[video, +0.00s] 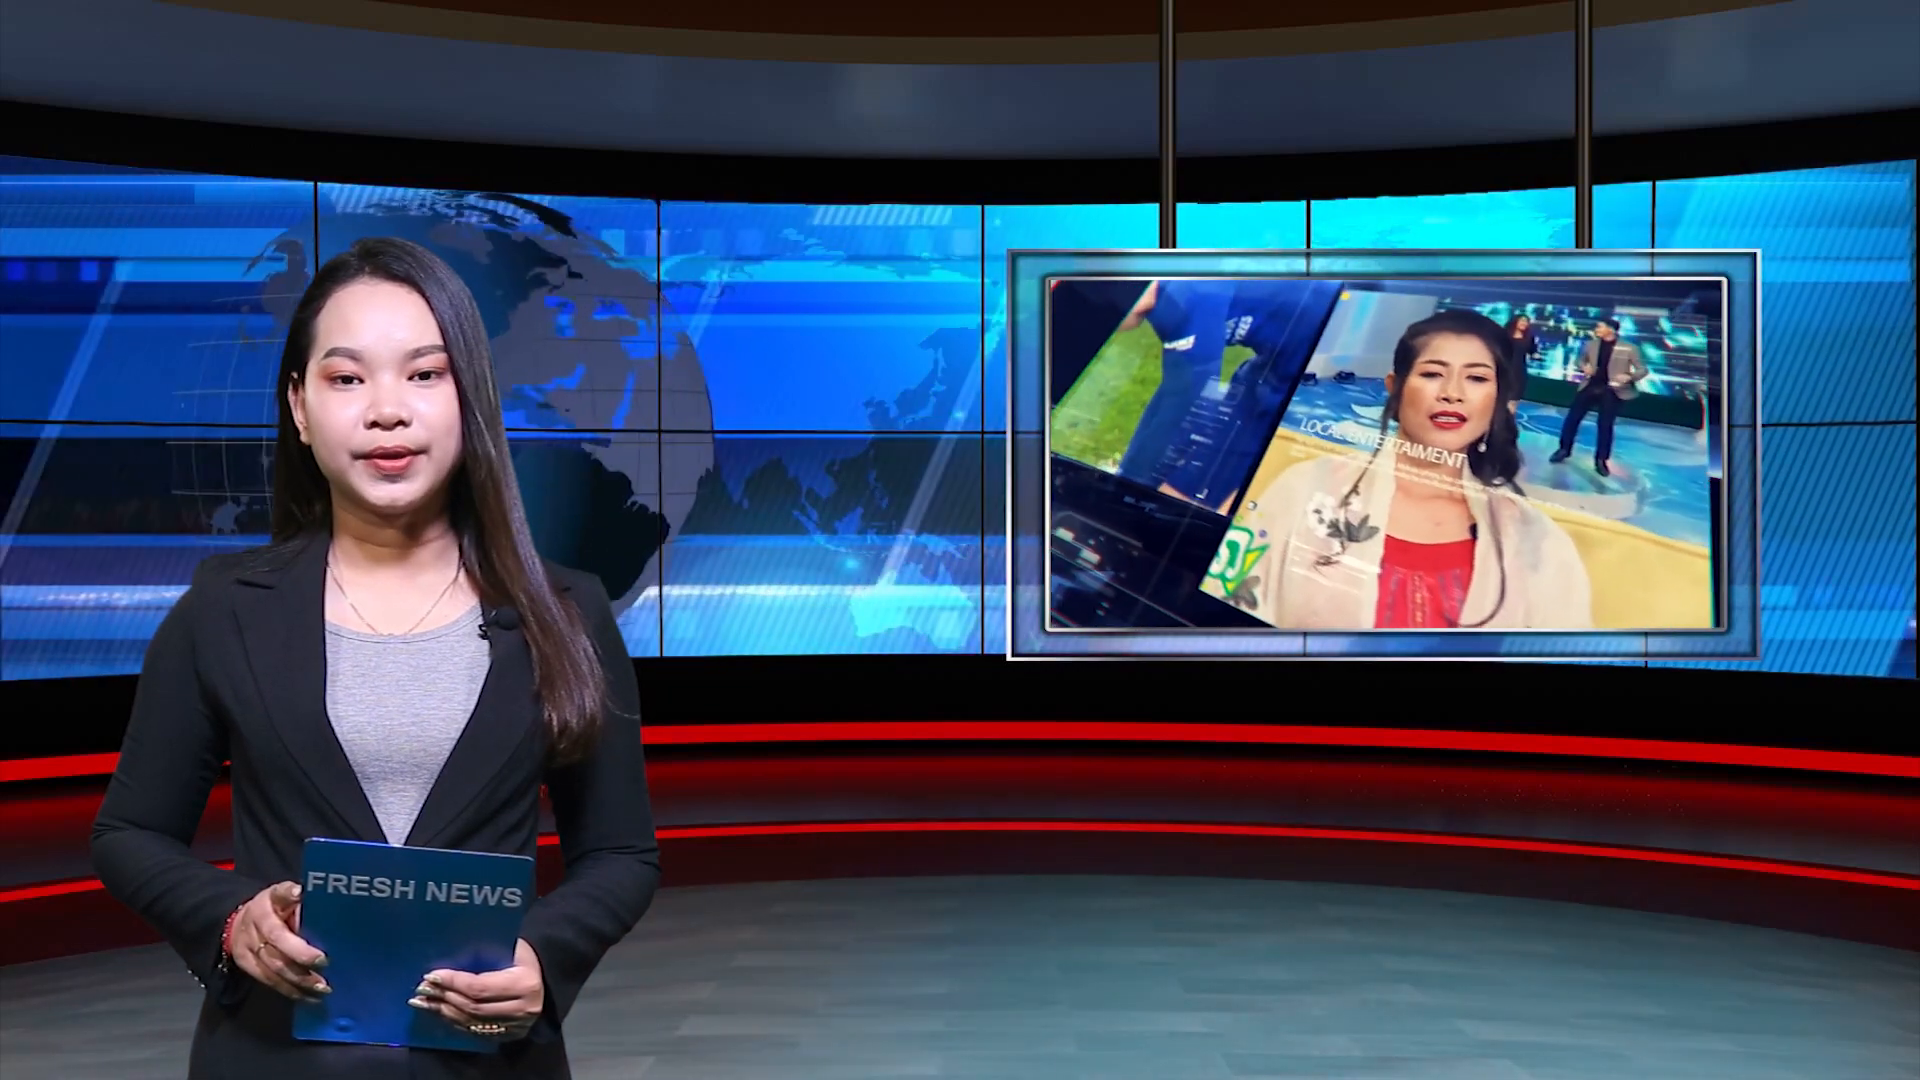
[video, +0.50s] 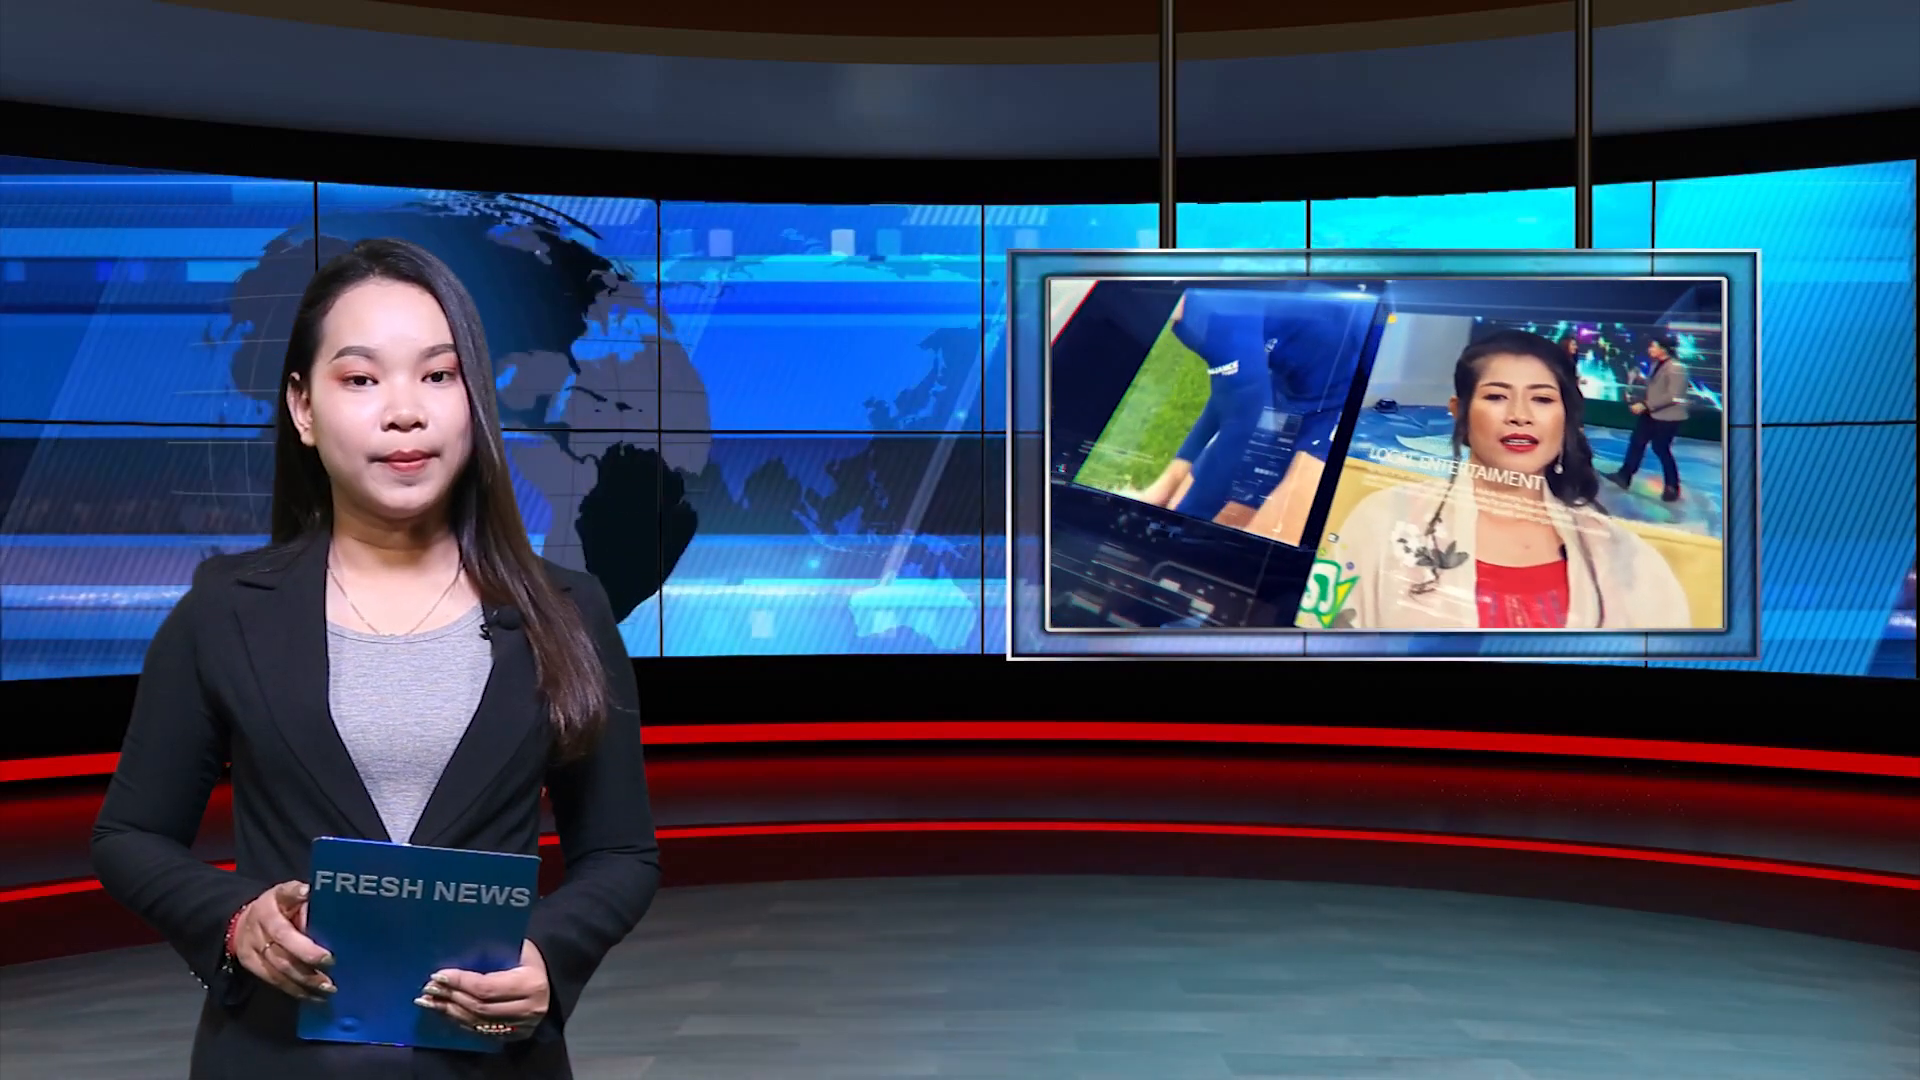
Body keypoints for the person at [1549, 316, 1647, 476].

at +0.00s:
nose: (1596, 330)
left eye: (1600, 327)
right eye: (1596, 327)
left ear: (1610, 330)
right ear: (1599, 330)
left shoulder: (1629, 349)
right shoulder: (1591, 344)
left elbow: (1642, 370)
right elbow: (1580, 360)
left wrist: (1628, 378)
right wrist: (1585, 367)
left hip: (1612, 389)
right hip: (1591, 386)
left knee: (1605, 425)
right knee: (1573, 416)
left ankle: (1601, 459)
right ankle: (1564, 449)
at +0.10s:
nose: (1605, 331)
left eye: (1609, 328)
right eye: (1605, 328)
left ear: (1619, 332)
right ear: (1609, 332)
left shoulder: (1636, 351)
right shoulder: (1603, 347)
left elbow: (1651, 372)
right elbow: (1596, 364)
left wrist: (1633, 382)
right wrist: (1595, 370)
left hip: (1622, 395)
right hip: (1601, 391)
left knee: (1616, 431)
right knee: (1583, 420)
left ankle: (1613, 464)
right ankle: (1575, 453)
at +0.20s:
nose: (1619, 336)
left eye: (1622, 333)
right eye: (1619, 333)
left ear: (1632, 335)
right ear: (1627, 336)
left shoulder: (1649, 355)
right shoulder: (1620, 350)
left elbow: (1663, 377)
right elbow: (1615, 368)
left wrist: (1638, 387)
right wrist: (1609, 373)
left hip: (1637, 401)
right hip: (1616, 395)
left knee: (1633, 436)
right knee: (1603, 428)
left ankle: (1632, 471)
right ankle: (1589, 460)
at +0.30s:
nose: (1627, 339)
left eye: (1630, 336)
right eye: (1628, 336)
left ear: (1641, 339)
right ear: (1635, 339)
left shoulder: (1658, 358)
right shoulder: (1631, 354)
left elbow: (1671, 382)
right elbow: (1630, 374)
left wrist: (1644, 392)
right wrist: (1620, 378)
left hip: (1647, 405)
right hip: (1626, 401)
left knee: (1643, 438)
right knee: (1614, 433)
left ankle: (1648, 475)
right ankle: (1601, 465)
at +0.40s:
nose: (1640, 347)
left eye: (1643, 344)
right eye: (1640, 343)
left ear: (1653, 346)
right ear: (1650, 347)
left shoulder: (1669, 365)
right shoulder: (1648, 362)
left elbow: (1673, 394)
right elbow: (1647, 386)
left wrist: (1647, 404)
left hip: (1660, 413)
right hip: (1642, 409)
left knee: (1652, 443)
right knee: (1627, 438)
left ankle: (1662, 482)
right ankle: (1614, 472)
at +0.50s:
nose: (1649, 350)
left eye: (1653, 347)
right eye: (1650, 346)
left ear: (1663, 349)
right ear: (1659, 350)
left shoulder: (1675, 368)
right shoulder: (1659, 366)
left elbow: (1674, 396)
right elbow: (1657, 392)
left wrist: (1647, 406)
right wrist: (1643, 404)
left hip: (1669, 417)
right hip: (1652, 415)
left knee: (1661, 447)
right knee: (1637, 442)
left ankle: (1672, 486)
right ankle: (1625, 475)